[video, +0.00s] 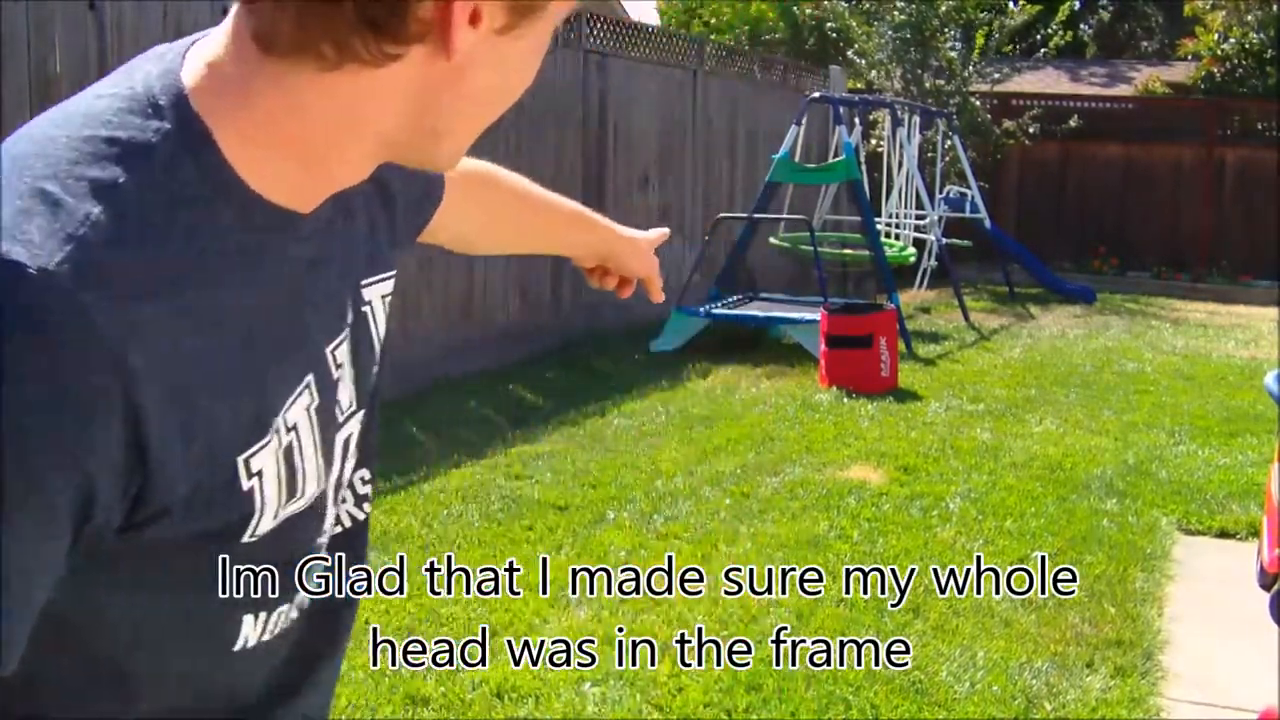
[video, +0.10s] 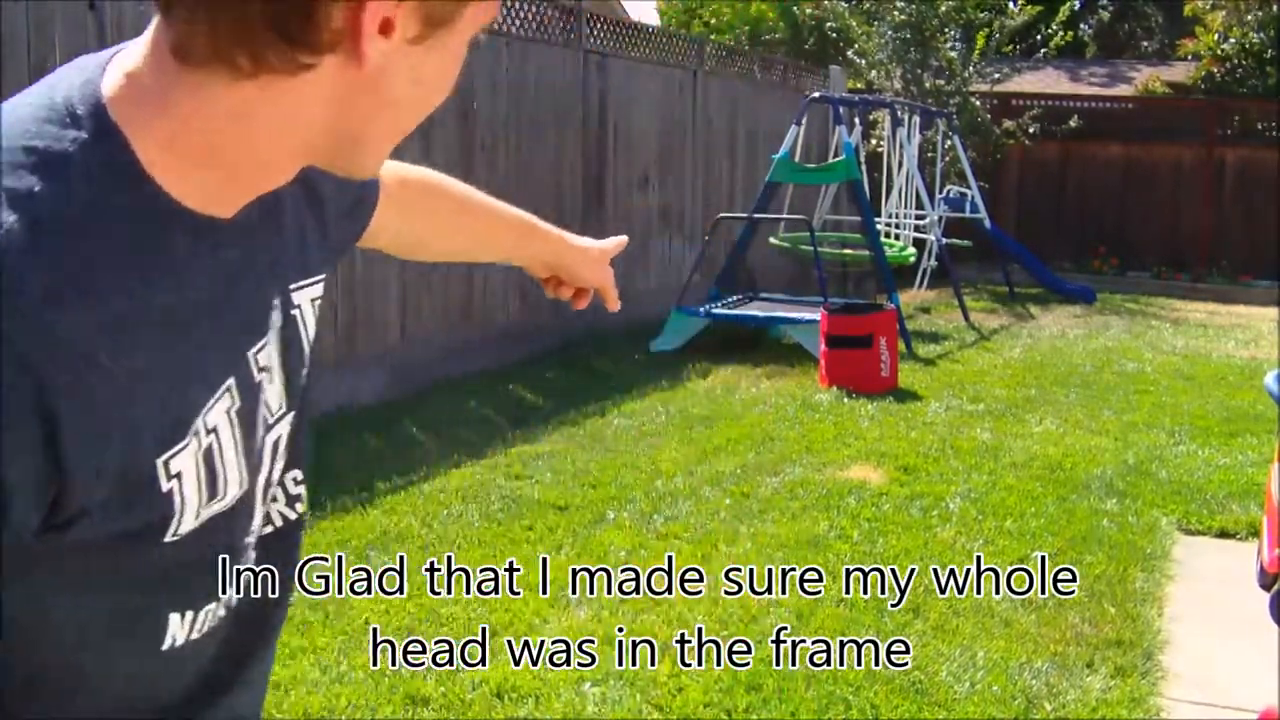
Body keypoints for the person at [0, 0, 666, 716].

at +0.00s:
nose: (535, 67)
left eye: (556, 32)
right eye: (552, 31)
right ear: (471, 19)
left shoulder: (350, 161)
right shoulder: (46, 292)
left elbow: (462, 197)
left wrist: (599, 239)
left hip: (284, 690)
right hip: (111, 703)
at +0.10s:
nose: (454, 77)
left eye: (469, 41)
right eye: (466, 39)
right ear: (380, 28)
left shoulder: (290, 166)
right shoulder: (20, 257)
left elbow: (394, 202)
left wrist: (548, 247)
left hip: (223, 692)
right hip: (62, 700)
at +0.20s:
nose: (379, 86)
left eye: (395, 42)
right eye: (391, 38)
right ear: (300, 28)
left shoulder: (215, 173)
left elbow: (313, 215)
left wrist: (491, 285)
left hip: (162, 689)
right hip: (42, 699)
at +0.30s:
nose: (318, 88)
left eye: (332, 44)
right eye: (328, 42)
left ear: (231, 27)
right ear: (233, 26)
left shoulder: (164, 179)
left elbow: (236, 238)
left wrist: (413, 359)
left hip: (131, 689)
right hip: (30, 700)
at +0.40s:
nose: (277, 80)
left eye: (288, 36)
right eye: (282, 32)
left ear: (178, 18)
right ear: (178, 18)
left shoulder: (142, 182)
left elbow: (173, 270)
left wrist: (317, 412)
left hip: (110, 689)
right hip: (21, 699)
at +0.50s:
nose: (247, 73)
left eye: (256, 28)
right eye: (249, 25)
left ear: (144, 12)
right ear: (144, 11)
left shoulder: (126, 168)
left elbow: (138, 293)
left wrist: (236, 449)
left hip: (97, 684)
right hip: (24, 696)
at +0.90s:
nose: (241, 64)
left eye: (239, 10)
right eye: (214, 3)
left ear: (51, 3)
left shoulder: (123, 164)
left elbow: (135, 336)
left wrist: (199, 480)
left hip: (94, 682)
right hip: (21, 693)